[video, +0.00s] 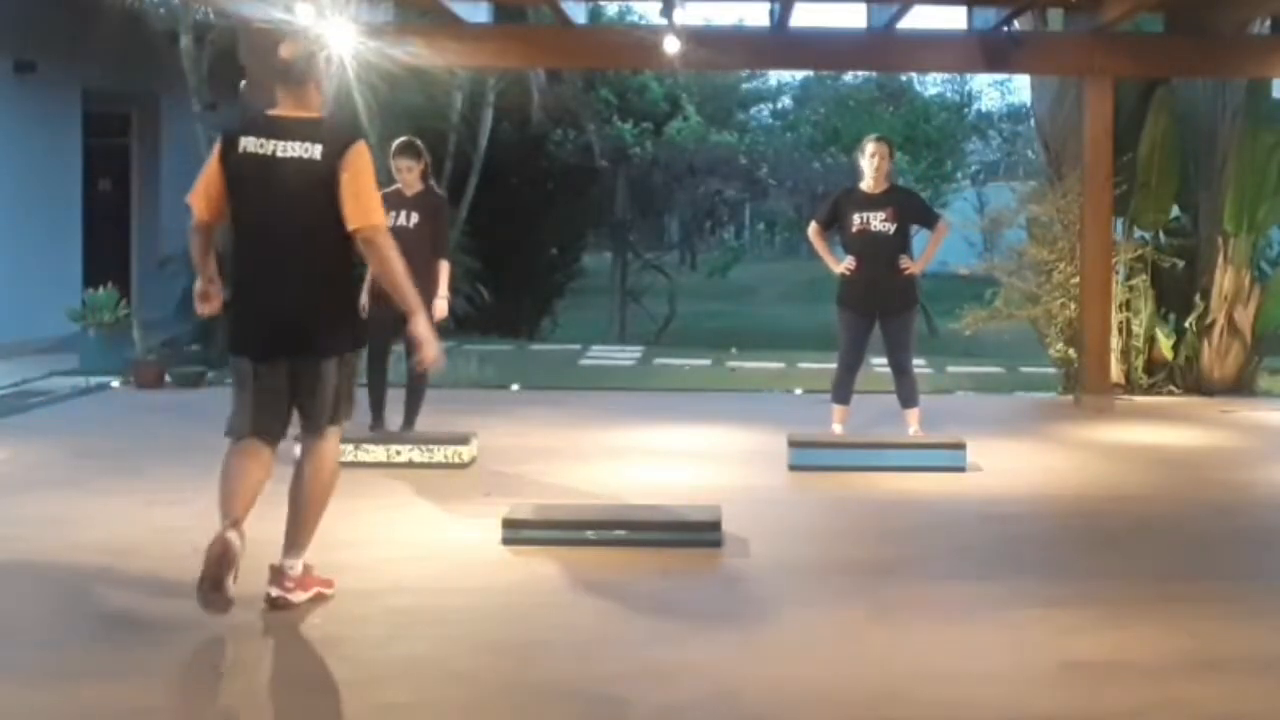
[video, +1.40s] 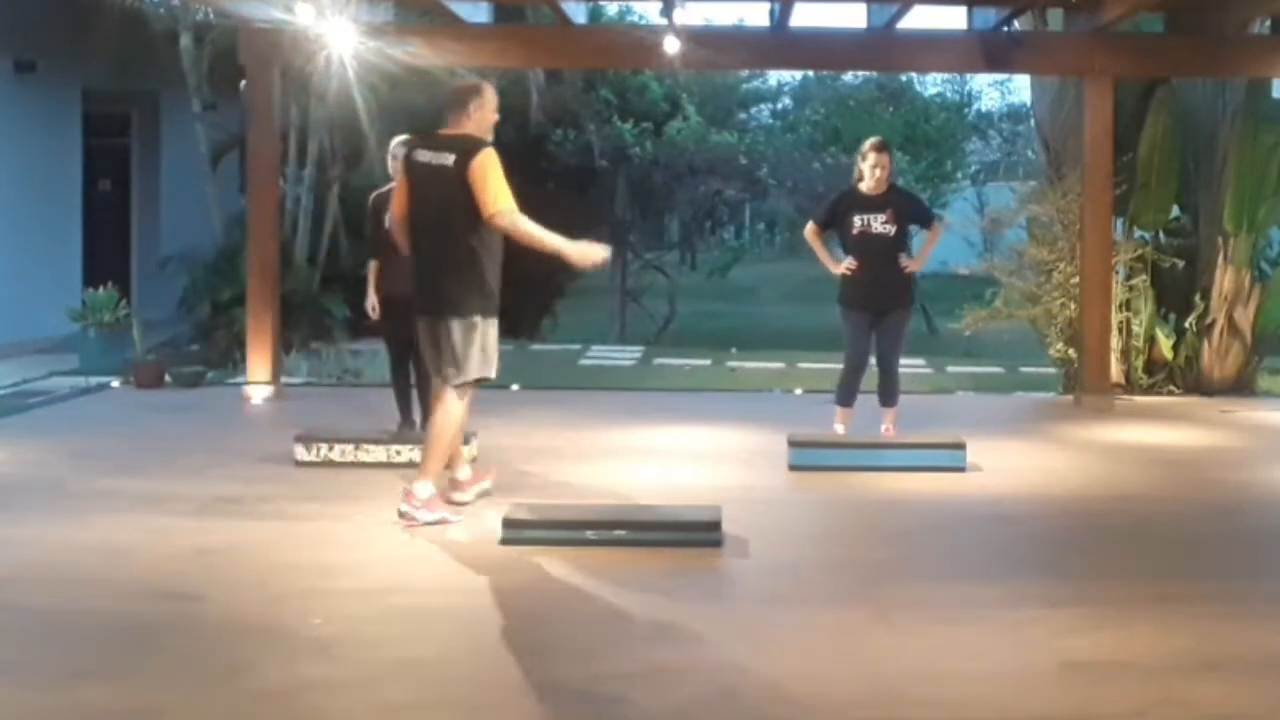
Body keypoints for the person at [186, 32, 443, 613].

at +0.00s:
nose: (335, 86)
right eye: (331, 77)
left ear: (275, 82)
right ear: (321, 82)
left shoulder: (237, 141)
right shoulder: (345, 145)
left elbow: (202, 215)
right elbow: (372, 236)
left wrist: (205, 273)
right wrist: (418, 317)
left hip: (254, 318)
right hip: (326, 322)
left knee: (255, 433)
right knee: (324, 436)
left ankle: (231, 530)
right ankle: (291, 571)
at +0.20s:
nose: (345, 85)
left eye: (337, 73)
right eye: (342, 75)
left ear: (291, 78)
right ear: (335, 80)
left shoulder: (255, 136)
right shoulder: (358, 138)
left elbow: (220, 222)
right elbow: (404, 208)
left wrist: (194, 293)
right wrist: (475, 253)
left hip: (276, 309)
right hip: (338, 311)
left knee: (285, 423)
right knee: (326, 432)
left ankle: (282, 538)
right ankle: (292, 562)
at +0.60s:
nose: (381, 97)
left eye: (376, 89)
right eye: (380, 90)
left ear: (332, 90)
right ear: (373, 92)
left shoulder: (297, 143)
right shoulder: (389, 147)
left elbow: (262, 214)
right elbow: (424, 217)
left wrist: (248, 275)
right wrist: (494, 252)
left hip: (309, 300)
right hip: (374, 304)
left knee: (313, 407)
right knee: (391, 398)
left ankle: (318, 533)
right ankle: (349, 495)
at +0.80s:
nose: (410, 107)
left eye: (406, 99)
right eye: (409, 100)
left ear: (361, 100)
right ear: (402, 101)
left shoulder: (329, 151)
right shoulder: (416, 155)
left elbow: (281, 201)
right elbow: (426, 228)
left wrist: (285, 227)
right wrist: (463, 298)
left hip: (337, 302)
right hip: (401, 307)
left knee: (330, 404)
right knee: (409, 400)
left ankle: (320, 523)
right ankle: (414, 500)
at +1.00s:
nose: (447, 118)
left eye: (444, 110)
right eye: (446, 110)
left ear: (400, 111)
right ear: (437, 111)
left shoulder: (367, 161)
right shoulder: (449, 164)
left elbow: (334, 212)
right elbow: (472, 229)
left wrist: (327, 246)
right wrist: (520, 288)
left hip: (375, 304)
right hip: (433, 307)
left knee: (367, 395)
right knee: (439, 398)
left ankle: (333, 484)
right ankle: (421, 498)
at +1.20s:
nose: (472, 123)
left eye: (472, 115)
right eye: (471, 115)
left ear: (429, 112)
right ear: (457, 113)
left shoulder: (394, 155)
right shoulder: (465, 160)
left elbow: (372, 227)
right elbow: (497, 218)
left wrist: (372, 286)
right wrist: (568, 243)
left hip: (404, 296)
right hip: (454, 301)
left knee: (414, 386)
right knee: (455, 394)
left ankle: (387, 466)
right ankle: (423, 494)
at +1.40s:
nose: (495, 119)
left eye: (495, 111)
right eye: (492, 111)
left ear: (453, 111)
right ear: (471, 111)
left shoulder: (415, 152)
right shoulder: (480, 155)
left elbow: (396, 220)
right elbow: (503, 216)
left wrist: (420, 255)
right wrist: (569, 248)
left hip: (428, 290)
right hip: (467, 295)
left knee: (447, 386)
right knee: (458, 389)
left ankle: (458, 473)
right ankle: (422, 491)